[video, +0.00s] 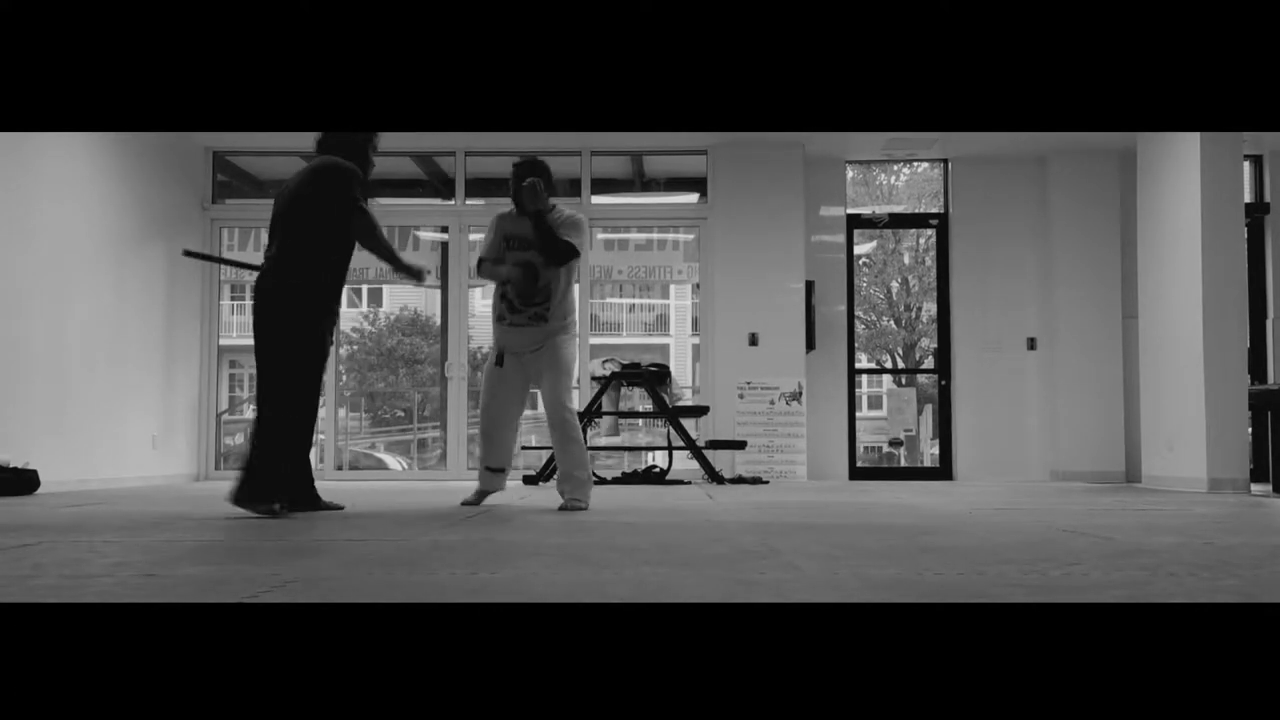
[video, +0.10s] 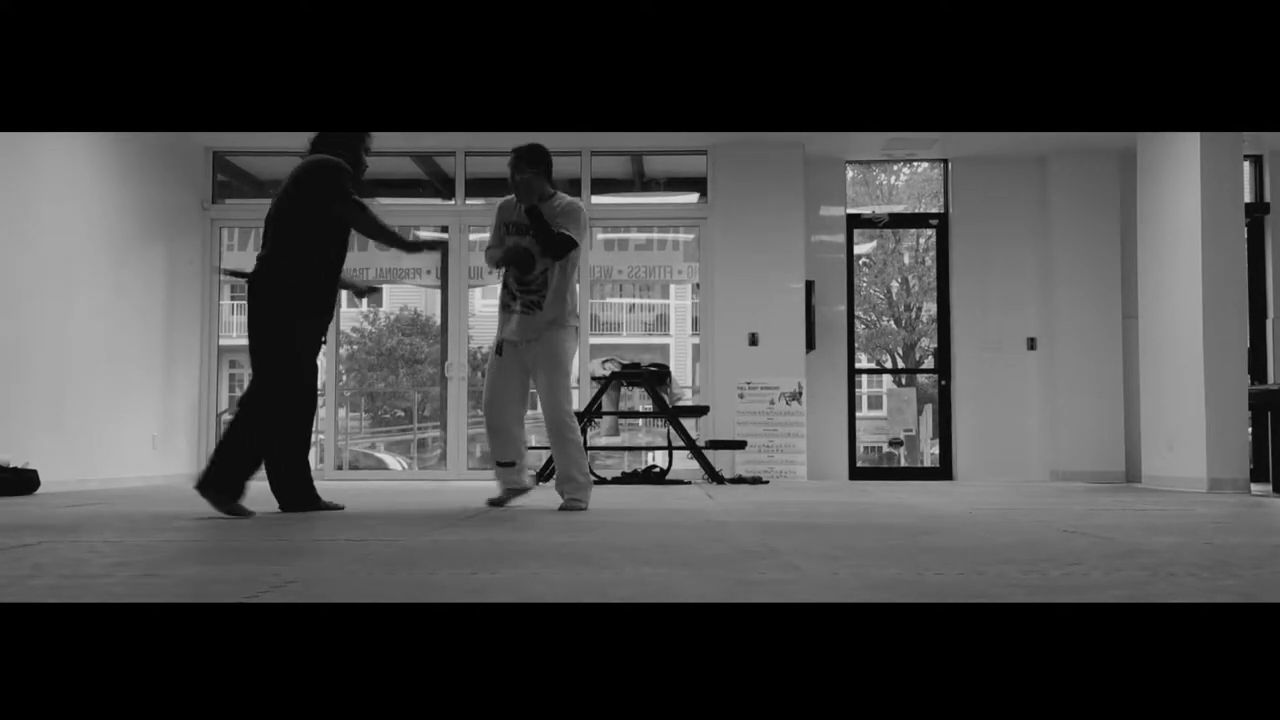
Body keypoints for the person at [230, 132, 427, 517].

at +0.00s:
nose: (372, 161)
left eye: (373, 152)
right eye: (370, 151)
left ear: (328, 145)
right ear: (353, 148)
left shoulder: (296, 183)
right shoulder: (342, 178)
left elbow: (279, 248)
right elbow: (366, 233)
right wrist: (402, 265)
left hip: (274, 299)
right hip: (303, 305)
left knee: (294, 398)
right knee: (288, 397)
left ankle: (299, 491)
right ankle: (255, 490)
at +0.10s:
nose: (366, 161)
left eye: (366, 153)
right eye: (362, 151)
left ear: (326, 143)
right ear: (345, 147)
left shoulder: (305, 178)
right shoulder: (328, 174)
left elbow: (302, 257)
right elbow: (368, 224)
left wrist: (351, 285)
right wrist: (410, 243)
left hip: (281, 302)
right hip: (288, 305)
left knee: (290, 396)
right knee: (278, 393)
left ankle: (297, 497)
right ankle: (220, 484)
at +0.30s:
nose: (353, 161)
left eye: (354, 153)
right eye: (349, 151)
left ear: (323, 146)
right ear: (328, 146)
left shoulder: (312, 196)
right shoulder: (299, 166)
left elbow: (345, 265)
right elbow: (339, 209)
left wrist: (404, 261)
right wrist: (374, 211)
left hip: (282, 314)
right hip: (258, 309)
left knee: (289, 403)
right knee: (246, 397)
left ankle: (296, 497)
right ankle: (204, 493)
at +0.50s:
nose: (329, 152)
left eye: (329, 145)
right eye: (324, 143)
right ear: (299, 140)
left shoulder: (302, 191)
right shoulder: (258, 165)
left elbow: (344, 242)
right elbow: (284, 211)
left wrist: (387, 207)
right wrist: (328, 195)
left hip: (273, 317)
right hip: (233, 310)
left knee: (286, 401)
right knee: (231, 399)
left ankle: (294, 495)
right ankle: (206, 500)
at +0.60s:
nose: (318, 143)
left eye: (317, 136)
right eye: (311, 135)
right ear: (286, 135)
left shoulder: (301, 186)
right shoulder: (240, 167)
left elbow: (348, 223)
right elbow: (266, 214)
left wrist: (373, 178)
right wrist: (316, 198)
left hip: (267, 314)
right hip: (223, 308)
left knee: (279, 400)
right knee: (223, 400)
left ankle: (292, 494)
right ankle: (206, 500)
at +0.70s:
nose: (305, 142)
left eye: (305, 136)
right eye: (300, 136)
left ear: (262, 136)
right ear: (282, 137)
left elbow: (351, 203)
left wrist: (376, 170)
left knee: (273, 401)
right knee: (219, 401)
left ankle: (292, 494)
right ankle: (205, 501)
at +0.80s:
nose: (294, 142)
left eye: (292, 137)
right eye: (292, 137)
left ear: (248, 137)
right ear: (284, 139)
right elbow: (357, 187)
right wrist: (422, 187)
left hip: (200, 311)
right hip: (247, 316)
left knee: (210, 404)